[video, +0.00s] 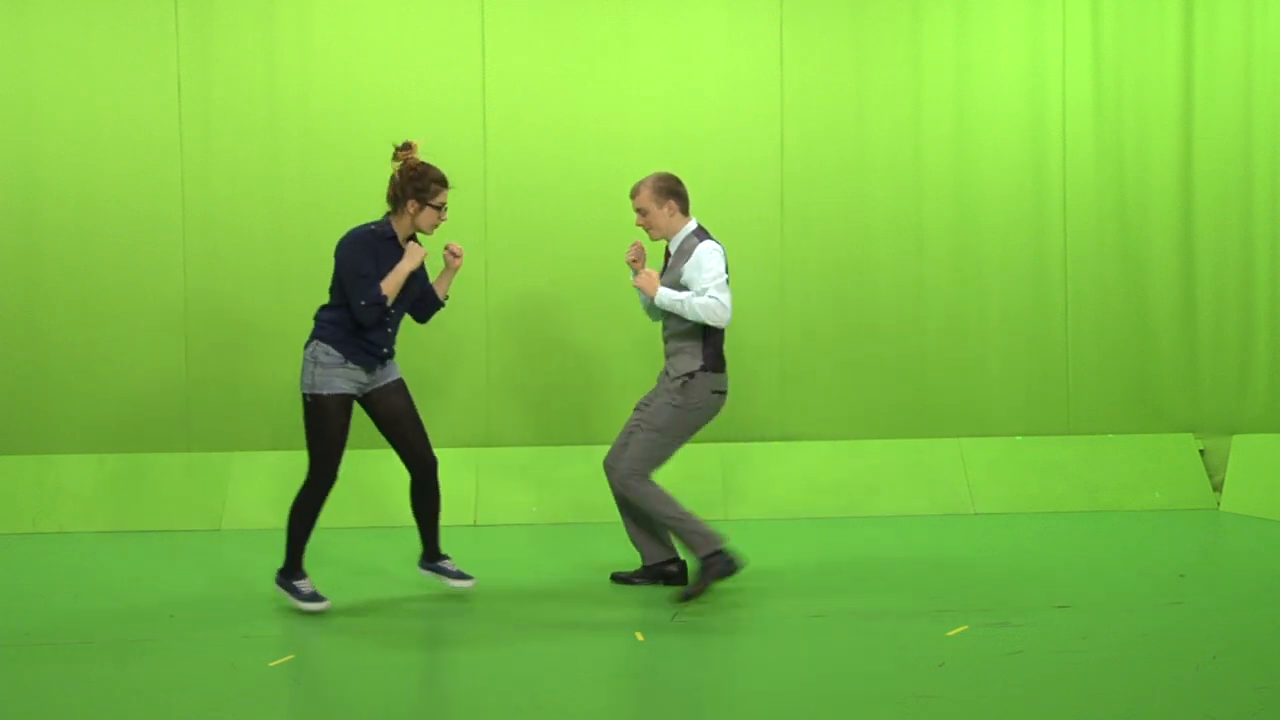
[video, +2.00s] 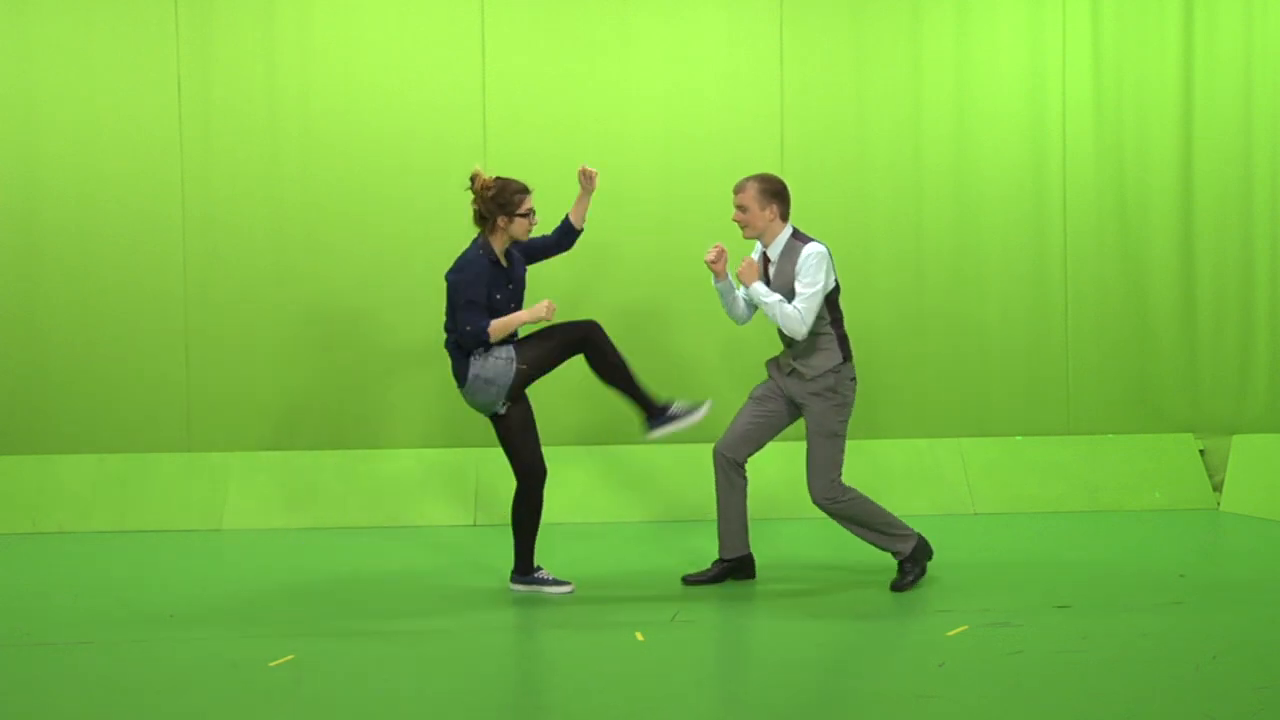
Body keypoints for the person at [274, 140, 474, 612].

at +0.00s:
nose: (443, 217)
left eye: (444, 209)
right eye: (438, 209)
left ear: (412, 205)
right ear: (410, 205)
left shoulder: (408, 252)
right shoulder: (358, 244)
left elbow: (423, 310)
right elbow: (367, 310)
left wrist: (450, 273)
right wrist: (406, 266)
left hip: (379, 367)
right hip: (332, 361)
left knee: (423, 462)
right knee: (323, 472)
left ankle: (432, 556)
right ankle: (290, 571)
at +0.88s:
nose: (463, 199)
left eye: (462, 191)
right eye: (457, 192)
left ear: (439, 195)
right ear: (431, 196)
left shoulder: (441, 239)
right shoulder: (388, 243)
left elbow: (455, 302)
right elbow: (391, 309)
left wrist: (475, 257)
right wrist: (429, 279)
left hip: (427, 364)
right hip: (383, 362)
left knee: (463, 460)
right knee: (370, 470)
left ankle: (472, 559)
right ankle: (336, 567)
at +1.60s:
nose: (503, 226)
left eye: (500, 219)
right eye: (494, 220)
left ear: (474, 232)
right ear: (470, 231)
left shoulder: (484, 277)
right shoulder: (434, 281)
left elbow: (505, 329)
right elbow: (462, 348)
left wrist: (510, 310)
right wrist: (492, 299)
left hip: (463, 398)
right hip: (420, 395)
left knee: (526, 477)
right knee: (384, 492)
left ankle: (529, 570)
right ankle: (337, 581)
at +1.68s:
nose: (506, 224)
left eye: (504, 217)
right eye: (499, 218)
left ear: (478, 228)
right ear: (475, 228)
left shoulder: (489, 272)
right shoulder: (449, 279)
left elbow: (498, 322)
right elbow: (482, 341)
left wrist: (523, 303)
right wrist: (512, 295)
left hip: (478, 400)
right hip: (436, 398)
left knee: (533, 479)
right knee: (400, 496)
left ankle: (525, 571)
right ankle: (338, 579)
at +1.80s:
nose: (517, 215)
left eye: (515, 207)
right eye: (509, 209)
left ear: (487, 215)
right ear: (485, 217)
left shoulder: (494, 258)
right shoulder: (465, 270)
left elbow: (532, 269)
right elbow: (475, 337)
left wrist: (558, 242)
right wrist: (524, 305)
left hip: (496, 386)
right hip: (468, 390)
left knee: (532, 477)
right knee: (503, 491)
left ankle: (525, 571)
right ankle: (409, 538)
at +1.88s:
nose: (523, 215)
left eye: (522, 208)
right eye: (517, 209)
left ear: (496, 213)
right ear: (490, 214)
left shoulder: (504, 251)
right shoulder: (465, 265)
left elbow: (550, 243)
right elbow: (464, 334)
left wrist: (580, 208)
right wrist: (518, 315)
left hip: (487, 375)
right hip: (477, 377)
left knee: (525, 472)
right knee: (573, 427)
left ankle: (524, 571)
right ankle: (503, 498)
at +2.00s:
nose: (534, 220)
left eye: (532, 213)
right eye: (527, 215)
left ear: (505, 220)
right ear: (501, 221)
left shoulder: (514, 253)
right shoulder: (470, 270)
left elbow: (561, 239)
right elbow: (470, 335)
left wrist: (584, 195)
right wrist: (526, 315)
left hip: (500, 371)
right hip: (485, 372)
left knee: (531, 473)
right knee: (587, 332)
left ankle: (524, 571)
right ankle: (654, 412)